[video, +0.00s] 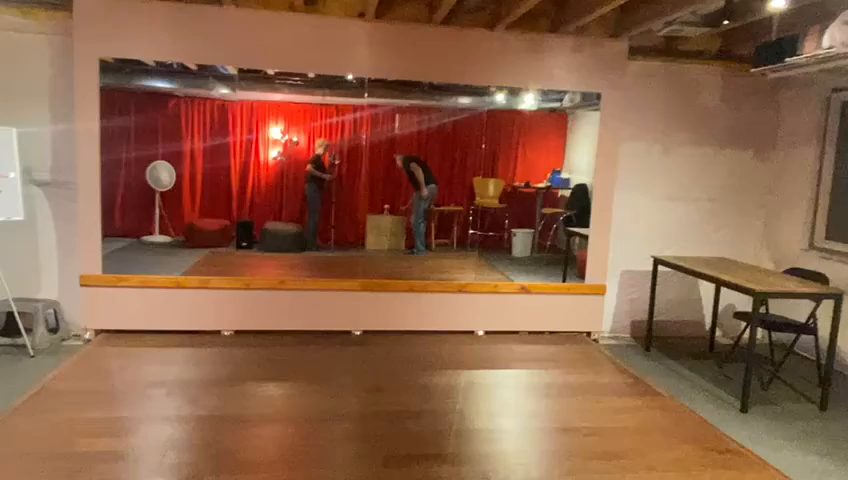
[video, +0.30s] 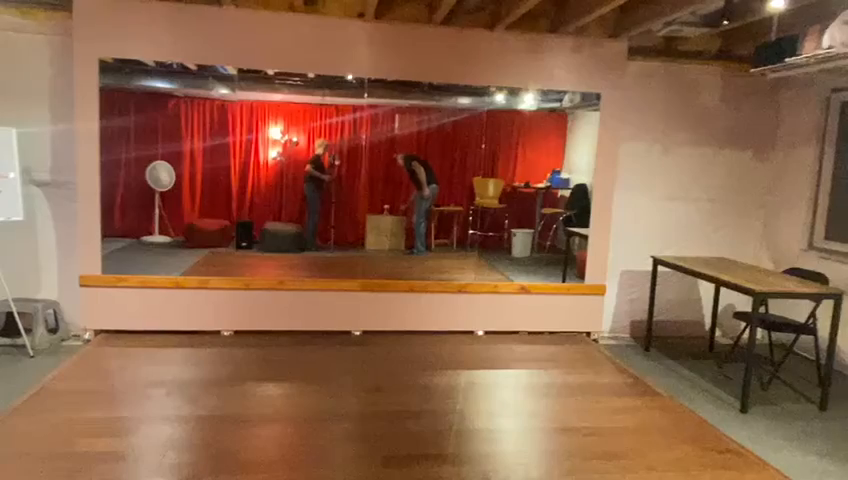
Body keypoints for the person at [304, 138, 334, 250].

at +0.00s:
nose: (326, 150)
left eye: (326, 147)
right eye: (325, 147)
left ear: (321, 147)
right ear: (321, 147)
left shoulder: (321, 160)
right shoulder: (316, 158)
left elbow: (326, 172)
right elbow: (309, 168)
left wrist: (332, 164)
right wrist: (324, 176)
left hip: (317, 187)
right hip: (312, 187)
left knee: (315, 213)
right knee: (314, 213)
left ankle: (313, 240)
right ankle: (311, 241)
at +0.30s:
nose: (326, 150)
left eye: (326, 148)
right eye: (325, 147)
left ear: (319, 147)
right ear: (321, 147)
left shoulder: (320, 160)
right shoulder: (316, 158)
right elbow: (308, 168)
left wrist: (333, 165)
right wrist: (323, 176)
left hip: (316, 187)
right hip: (311, 187)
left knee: (314, 213)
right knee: (313, 213)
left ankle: (312, 240)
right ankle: (311, 241)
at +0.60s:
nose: (326, 150)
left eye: (326, 147)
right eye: (325, 147)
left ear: (318, 147)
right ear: (322, 147)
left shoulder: (320, 160)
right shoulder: (315, 158)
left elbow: (321, 174)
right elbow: (309, 169)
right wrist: (321, 180)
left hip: (315, 187)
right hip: (311, 187)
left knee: (313, 214)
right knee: (313, 214)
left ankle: (311, 240)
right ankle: (310, 241)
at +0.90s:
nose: (323, 149)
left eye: (323, 146)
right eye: (322, 146)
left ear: (321, 147)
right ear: (317, 146)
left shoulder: (319, 160)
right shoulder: (312, 160)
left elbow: (321, 175)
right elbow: (308, 176)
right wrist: (310, 191)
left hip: (318, 192)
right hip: (313, 192)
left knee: (314, 217)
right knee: (312, 217)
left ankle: (312, 241)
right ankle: (308, 242)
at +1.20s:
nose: (317, 147)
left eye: (318, 144)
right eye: (314, 144)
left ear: (320, 146)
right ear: (311, 145)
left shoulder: (318, 162)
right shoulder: (309, 161)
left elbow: (320, 178)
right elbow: (305, 179)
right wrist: (305, 194)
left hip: (317, 192)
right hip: (310, 192)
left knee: (314, 217)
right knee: (311, 217)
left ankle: (312, 241)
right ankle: (307, 242)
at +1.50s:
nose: (310, 148)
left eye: (312, 145)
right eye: (308, 145)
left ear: (315, 146)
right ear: (305, 147)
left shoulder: (319, 162)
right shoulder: (301, 163)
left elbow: (322, 179)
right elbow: (297, 179)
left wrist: (322, 193)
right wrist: (297, 194)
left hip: (316, 193)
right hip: (305, 193)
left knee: (314, 218)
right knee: (308, 218)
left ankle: (313, 242)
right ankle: (306, 243)